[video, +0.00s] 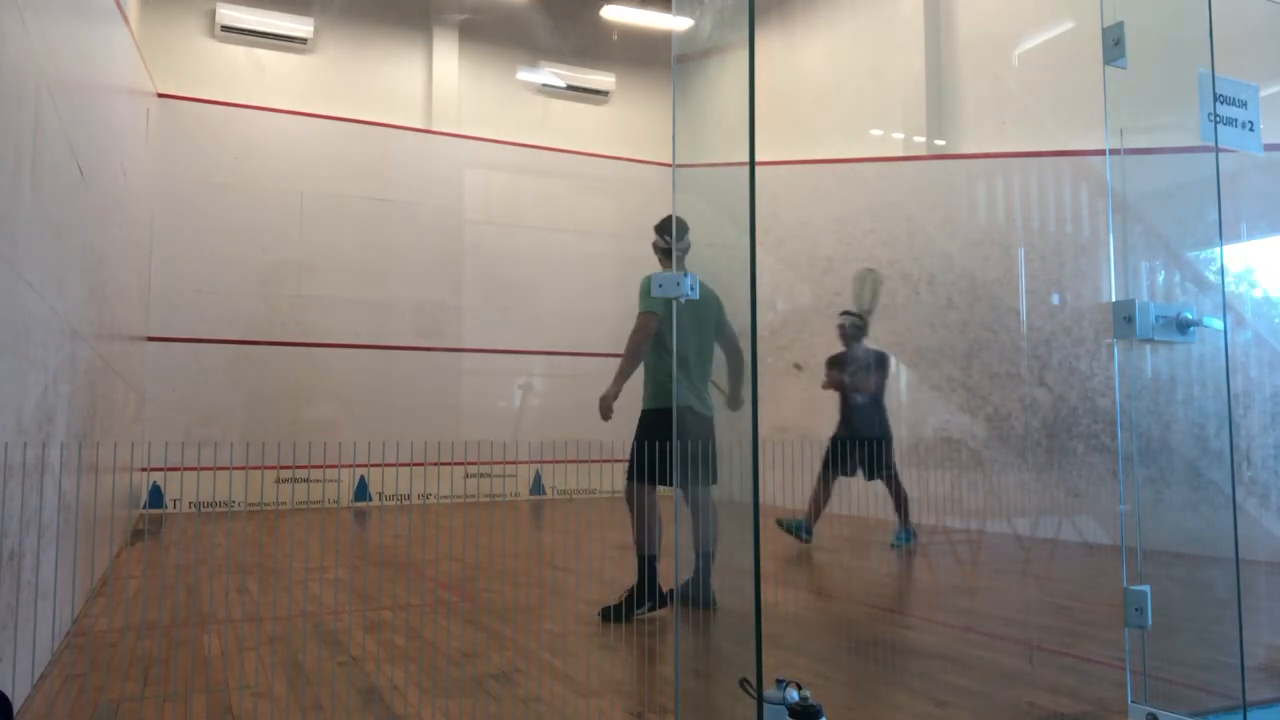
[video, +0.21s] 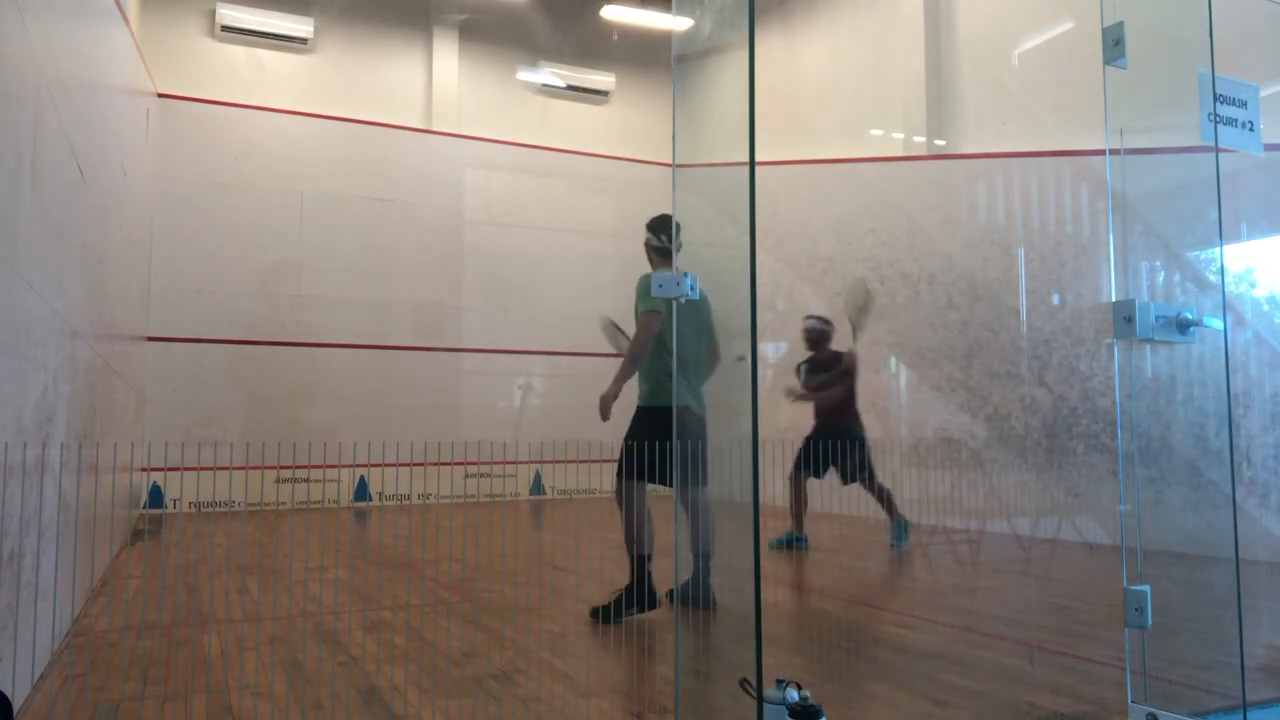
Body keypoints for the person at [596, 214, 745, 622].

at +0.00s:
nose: (657, 252)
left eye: (657, 246)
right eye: (661, 246)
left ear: (658, 246)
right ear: (688, 247)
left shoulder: (655, 283)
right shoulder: (706, 293)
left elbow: (645, 329)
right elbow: (734, 348)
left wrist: (615, 387)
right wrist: (736, 391)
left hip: (662, 412)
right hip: (699, 414)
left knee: (638, 491)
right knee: (698, 495)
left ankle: (646, 587)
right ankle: (701, 584)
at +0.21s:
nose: (646, 250)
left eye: (647, 244)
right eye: (649, 244)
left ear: (651, 245)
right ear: (679, 246)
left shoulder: (651, 282)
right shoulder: (696, 291)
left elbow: (648, 331)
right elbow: (712, 355)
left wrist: (614, 388)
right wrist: (684, 384)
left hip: (657, 409)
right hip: (691, 411)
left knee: (628, 489)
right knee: (694, 495)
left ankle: (639, 586)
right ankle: (700, 584)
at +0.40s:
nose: (624, 248)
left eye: (626, 242)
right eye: (627, 242)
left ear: (632, 244)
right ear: (658, 246)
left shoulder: (641, 284)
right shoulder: (669, 287)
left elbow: (643, 340)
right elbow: (661, 351)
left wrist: (599, 387)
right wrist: (618, 367)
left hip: (647, 412)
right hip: (669, 410)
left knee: (625, 499)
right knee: (679, 497)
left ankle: (610, 597)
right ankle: (699, 583)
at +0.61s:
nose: (594, 241)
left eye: (598, 234)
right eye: (596, 234)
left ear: (609, 238)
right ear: (625, 239)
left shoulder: (625, 282)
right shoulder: (629, 283)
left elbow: (631, 341)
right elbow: (622, 353)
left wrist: (572, 376)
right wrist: (571, 358)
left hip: (624, 408)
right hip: (628, 406)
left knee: (606, 499)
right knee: (629, 495)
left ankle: (609, 604)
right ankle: (677, 569)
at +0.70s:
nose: (579, 235)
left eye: (584, 228)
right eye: (580, 228)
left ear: (600, 232)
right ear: (604, 234)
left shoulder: (614, 277)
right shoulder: (602, 280)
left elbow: (618, 334)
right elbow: (599, 346)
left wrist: (556, 359)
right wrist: (550, 352)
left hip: (616, 408)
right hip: (601, 408)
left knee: (602, 501)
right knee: (580, 495)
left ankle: (611, 605)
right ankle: (635, 568)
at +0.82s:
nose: (564, 229)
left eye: (572, 222)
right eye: (565, 221)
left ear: (594, 228)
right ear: (577, 228)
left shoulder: (600, 275)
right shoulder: (584, 278)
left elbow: (595, 329)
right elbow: (576, 343)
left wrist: (532, 337)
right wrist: (525, 341)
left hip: (605, 411)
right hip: (582, 410)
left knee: (601, 503)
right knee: (539, 490)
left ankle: (611, 606)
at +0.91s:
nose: (548, 231)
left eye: (558, 225)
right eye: (549, 224)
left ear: (578, 232)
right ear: (550, 229)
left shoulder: (586, 279)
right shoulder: (564, 282)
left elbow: (556, 324)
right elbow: (539, 340)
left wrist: (503, 307)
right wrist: (510, 311)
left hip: (587, 414)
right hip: (558, 413)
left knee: (588, 507)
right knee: (505, 491)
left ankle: (610, 607)